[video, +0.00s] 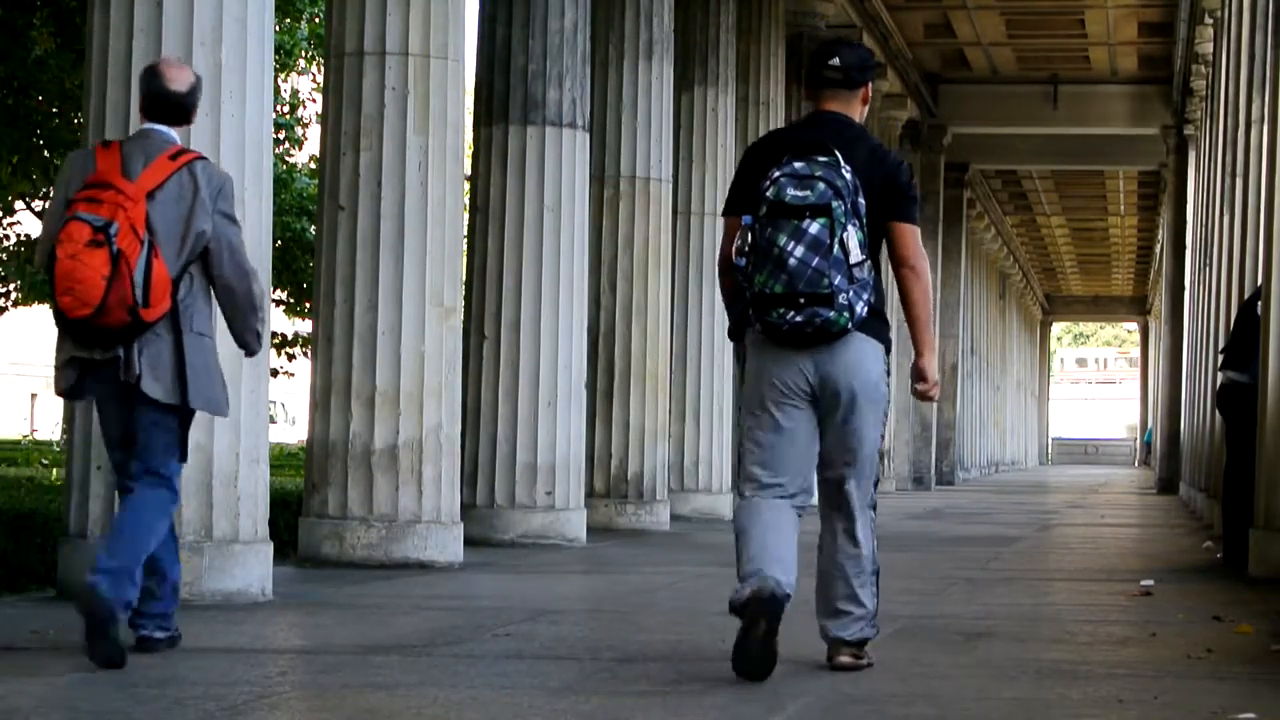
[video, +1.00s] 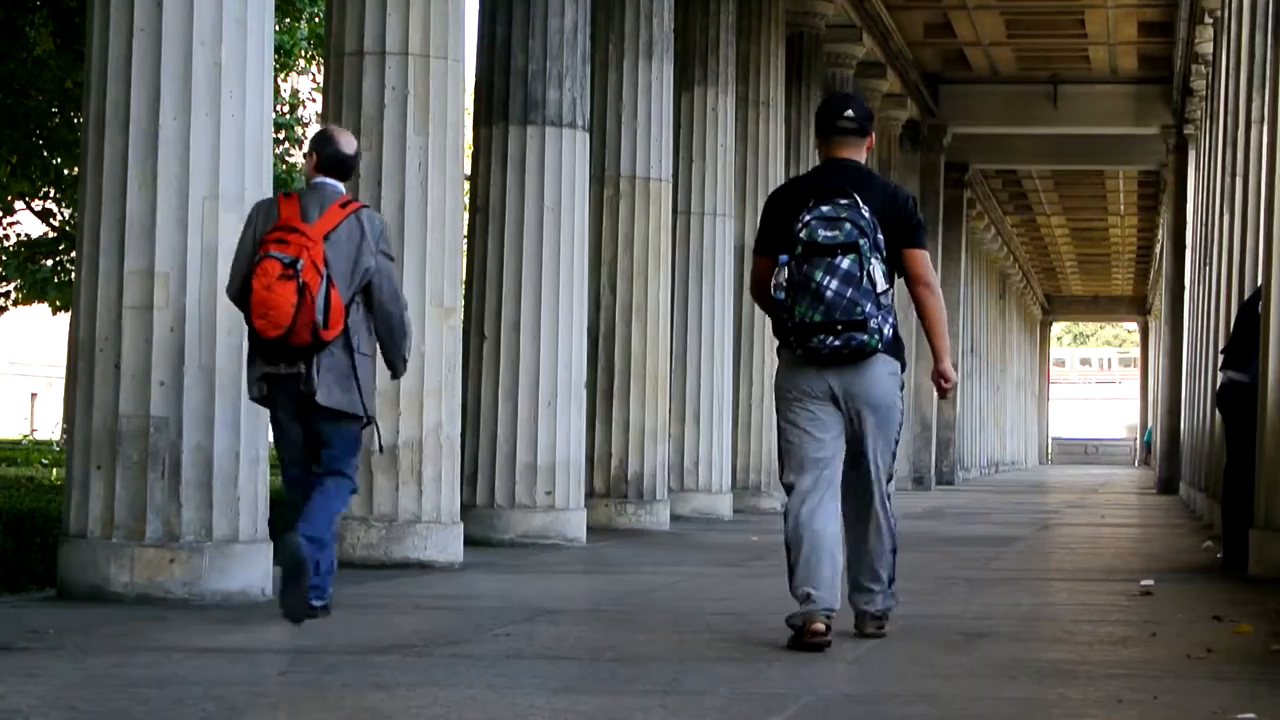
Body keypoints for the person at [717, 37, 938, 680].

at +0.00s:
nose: (869, 103)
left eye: (865, 95)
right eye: (871, 95)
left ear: (808, 91)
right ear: (866, 95)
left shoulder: (761, 154)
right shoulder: (881, 163)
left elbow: (729, 253)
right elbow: (910, 262)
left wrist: (743, 327)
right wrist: (926, 350)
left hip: (773, 341)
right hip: (855, 343)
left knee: (769, 484)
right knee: (850, 492)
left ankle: (763, 588)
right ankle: (847, 638)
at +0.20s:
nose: (881, 99)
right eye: (883, 91)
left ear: (821, 91)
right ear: (878, 94)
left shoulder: (780, 151)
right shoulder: (897, 163)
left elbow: (739, 239)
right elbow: (927, 265)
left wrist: (716, 322)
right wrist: (914, 328)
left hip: (789, 338)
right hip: (868, 340)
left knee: (787, 474)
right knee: (856, 484)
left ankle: (788, 603)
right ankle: (848, 635)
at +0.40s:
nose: (870, 116)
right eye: (874, 109)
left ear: (816, 112)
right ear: (872, 113)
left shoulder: (783, 170)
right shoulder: (895, 180)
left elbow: (745, 248)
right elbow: (928, 279)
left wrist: (713, 329)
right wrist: (897, 324)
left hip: (796, 351)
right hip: (874, 349)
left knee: (801, 484)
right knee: (857, 484)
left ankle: (805, 614)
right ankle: (849, 626)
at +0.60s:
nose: (851, 124)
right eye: (855, 115)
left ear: (800, 121)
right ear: (857, 118)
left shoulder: (772, 183)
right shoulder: (884, 182)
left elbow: (746, 272)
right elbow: (921, 273)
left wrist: (728, 352)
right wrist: (907, 338)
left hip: (794, 357)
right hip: (866, 354)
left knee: (806, 493)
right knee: (870, 483)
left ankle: (812, 621)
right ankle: (860, 567)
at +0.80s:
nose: (858, 127)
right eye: (860, 120)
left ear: (804, 122)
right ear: (857, 122)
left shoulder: (772, 182)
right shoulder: (883, 182)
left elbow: (751, 278)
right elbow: (915, 267)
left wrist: (767, 340)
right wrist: (934, 344)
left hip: (796, 351)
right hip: (869, 348)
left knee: (807, 480)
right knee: (877, 471)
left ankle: (813, 617)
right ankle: (868, 590)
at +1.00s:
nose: (868, 144)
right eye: (871, 137)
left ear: (818, 138)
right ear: (871, 139)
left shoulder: (785, 198)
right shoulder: (894, 200)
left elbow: (760, 285)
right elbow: (922, 282)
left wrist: (791, 328)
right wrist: (943, 356)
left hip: (802, 360)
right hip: (873, 360)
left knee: (809, 482)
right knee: (872, 482)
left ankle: (814, 609)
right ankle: (872, 605)